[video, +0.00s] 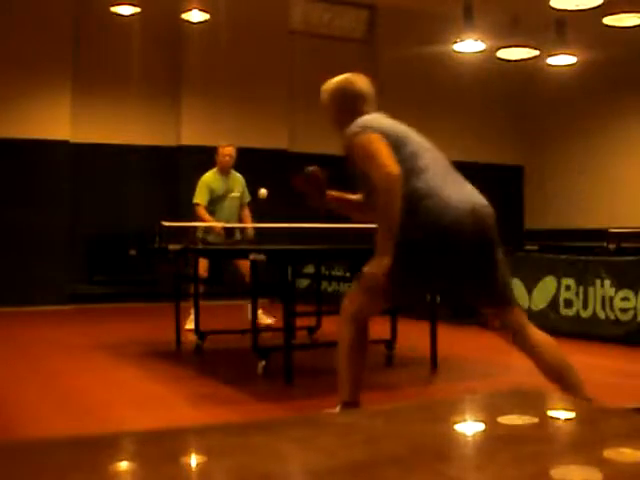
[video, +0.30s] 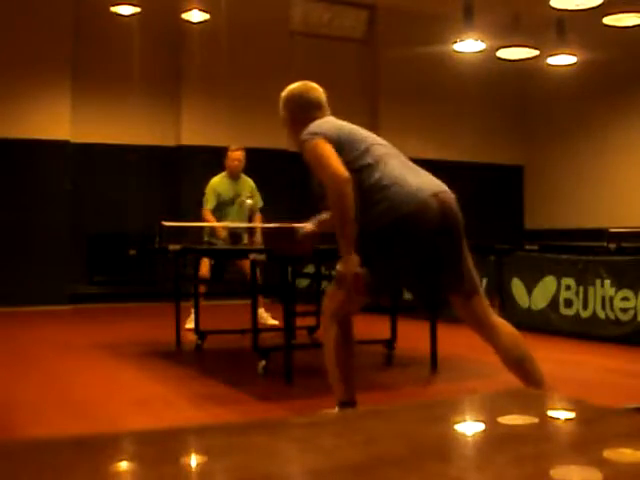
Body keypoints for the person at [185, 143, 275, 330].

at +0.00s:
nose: (227, 160)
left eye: (230, 156)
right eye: (224, 156)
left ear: (234, 159)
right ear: (217, 157)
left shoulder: (239, 180)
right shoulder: (207, 180)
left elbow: (244, 207)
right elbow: (199, 207)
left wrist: (249, 226)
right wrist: (213, 223)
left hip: (233, 234)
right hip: (209, 235)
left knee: (247, 270)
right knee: (201, 274)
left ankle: (255, 310)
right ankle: (193, 314)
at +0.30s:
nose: (236, 164)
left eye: (240, 161)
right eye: (233, 160)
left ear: (244, 163)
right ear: (226, 162)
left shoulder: (248, 183)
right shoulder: (216, 183)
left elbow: (256, 212)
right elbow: (206, 211)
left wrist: (257, 235)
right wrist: (217, 227)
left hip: (241, 237)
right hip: (217, 237)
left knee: (254, 272)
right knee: (203, 273)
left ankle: (260, 310)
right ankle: (195, 312)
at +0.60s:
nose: (245, 172)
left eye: (248, 169)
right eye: (242, 168)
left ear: (252, 170)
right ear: (235, 167)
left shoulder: (251, 188)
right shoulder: (223, 186)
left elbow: (254, 217)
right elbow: (215, 215)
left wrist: (258, 241)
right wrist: (229, 237)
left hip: (240, 238)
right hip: (217, 238)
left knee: (257, 270)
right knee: (204, 273)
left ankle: (260, 310)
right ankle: (194, 313)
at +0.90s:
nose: (254, 165)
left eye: (258, 163)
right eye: (252, 160)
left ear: (260, 167)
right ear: (244, 160)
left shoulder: (257, 190)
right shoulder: (230, 175)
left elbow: (258, 221)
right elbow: (212, 176)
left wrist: (260, 246)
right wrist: (225, 161)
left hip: (243, 238)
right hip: (220, 235)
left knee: (258, 273)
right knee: (206, 273)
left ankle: (260, 311)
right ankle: (194, 313)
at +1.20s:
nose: (235, 164)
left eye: (237, 161)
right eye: (232, 160)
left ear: (240, 164)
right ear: (222, 161)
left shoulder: (242, 188)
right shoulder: (210, 182)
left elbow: (255, 208)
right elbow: (198, 203)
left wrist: (267, 218)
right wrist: (217, 205)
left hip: (235, 241)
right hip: (211, 240)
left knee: (254, 271)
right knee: (201, 274)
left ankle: (259, 310)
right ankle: (184, 307)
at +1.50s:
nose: (210, 155)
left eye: (212, 152)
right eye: (207, 152)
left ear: (215, 154)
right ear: (198, 154)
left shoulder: (218, 178)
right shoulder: (187, 176)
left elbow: (231, 200)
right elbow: (182, 203)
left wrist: (248, 216)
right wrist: (205, 205)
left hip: (214, 235)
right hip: (192, 235)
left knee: (220, 271)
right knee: (188, 275)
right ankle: (182, 309)